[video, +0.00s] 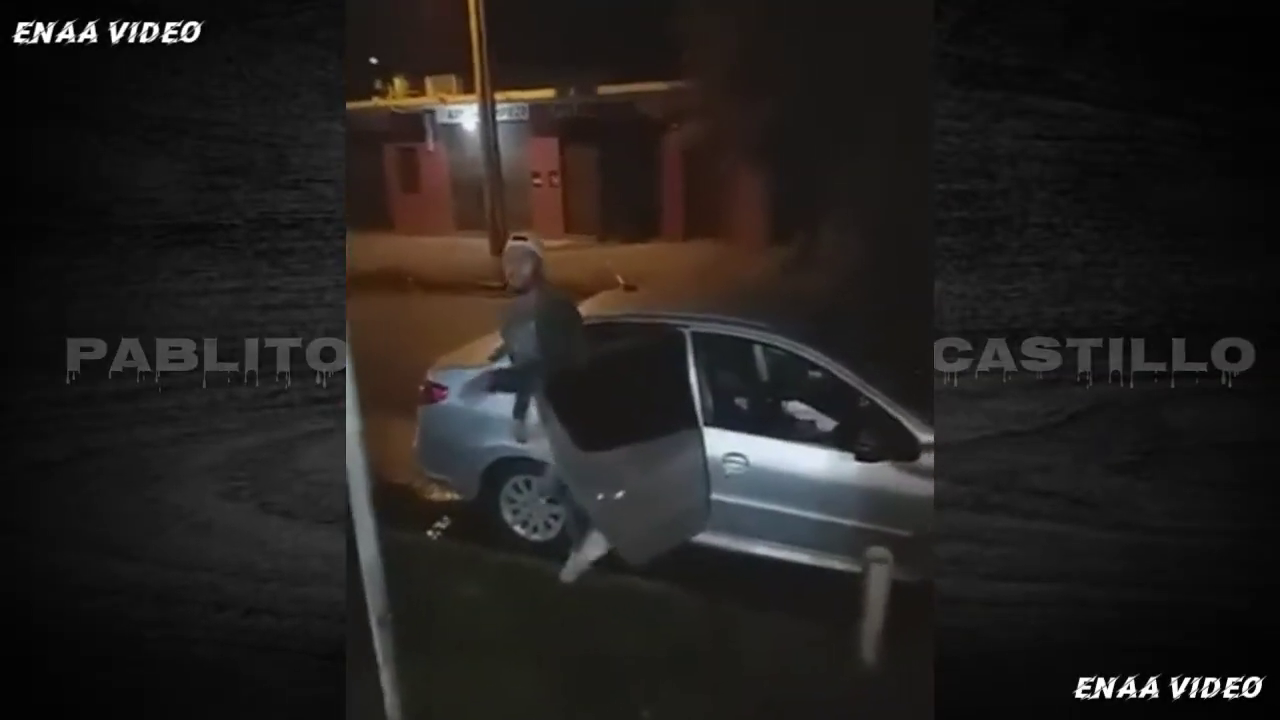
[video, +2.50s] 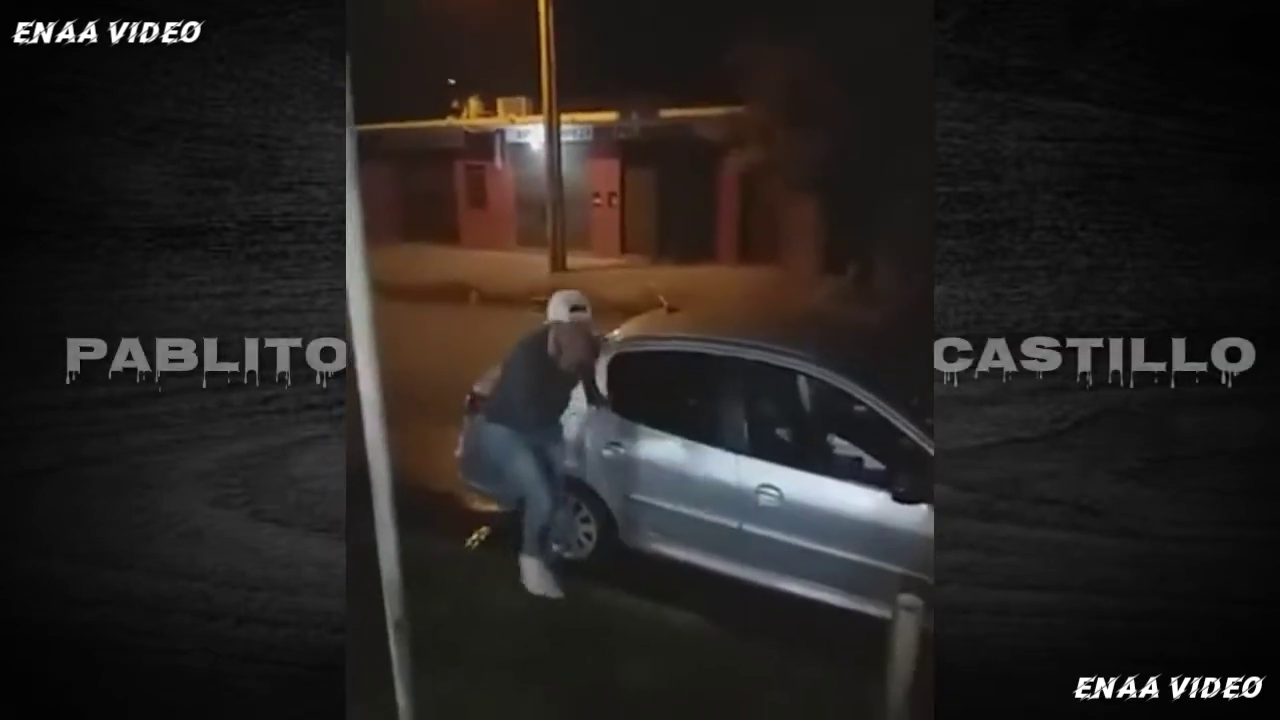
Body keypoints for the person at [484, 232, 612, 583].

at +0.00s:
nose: (510, 271)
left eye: (517, 264)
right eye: (507, 264)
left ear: (534, 265)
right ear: (506, 269)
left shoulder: (554, 308)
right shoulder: (516, 310)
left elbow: (549, 365)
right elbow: (523, 359)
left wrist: (501, 381)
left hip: (570, 400)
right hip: (544, 402)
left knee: (570, 470)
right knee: (563, 470)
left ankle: (588, 536)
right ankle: (582, 538)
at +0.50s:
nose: (477, 291)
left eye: (484, 284)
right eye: (472, 284)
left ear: (496, 286)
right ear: (466, 288)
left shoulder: (518, 325)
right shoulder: (456, 329)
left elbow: (559, 372)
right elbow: (450, 373)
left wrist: (531, 412)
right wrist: (451, 414)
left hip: (518, 422)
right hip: (483, 423)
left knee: (509, 505)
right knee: (515, 499)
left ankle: (503, 586)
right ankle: (550, 568)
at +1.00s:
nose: (505, 285)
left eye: (512, 277)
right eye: (500, 276)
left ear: (526, 283)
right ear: (492, 282)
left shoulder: (544, 326)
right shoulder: (478, 327)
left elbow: (586, 363)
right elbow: (469, 372)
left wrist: (562, 409)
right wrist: (496, 324)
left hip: (534, 435)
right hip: (492, 434)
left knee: (535, 520)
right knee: (496, 513)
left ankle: (543, 587)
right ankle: (488, 564)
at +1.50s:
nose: (521, 305)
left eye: (522, 297)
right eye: (514, 298)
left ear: (520, 300)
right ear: (491, 303)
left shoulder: (527, 335)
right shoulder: (469, 334)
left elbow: (552, 372)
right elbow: (470, 388)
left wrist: (548, 413)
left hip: (510, 444)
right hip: (468, 445)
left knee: (517, 522)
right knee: (476, 522)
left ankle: (520, 587)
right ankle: (480, 580)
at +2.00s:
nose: (574, 361)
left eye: (578, 355)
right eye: (571, 353)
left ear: (578, 355)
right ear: (556, 351)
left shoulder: (563, 382)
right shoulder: (526, 373)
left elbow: (558, 427)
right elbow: (534, 435)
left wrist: (578, 387)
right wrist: (567, 397)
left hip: (528, 452)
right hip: (488, 446)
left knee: (541, 515)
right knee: (504, 514)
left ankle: (537, 581)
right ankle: (498, 571)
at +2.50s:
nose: (580, 333)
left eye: (584, 325)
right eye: (572, 326)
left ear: (589, 324)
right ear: (555, 326)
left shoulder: (586, 347)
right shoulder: (530, 350)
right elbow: (521, 408)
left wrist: (596, 398)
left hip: (545, 428)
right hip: (503, 427)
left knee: (555, 492)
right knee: (538, 491)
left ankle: (544, 557)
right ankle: (531, 558)